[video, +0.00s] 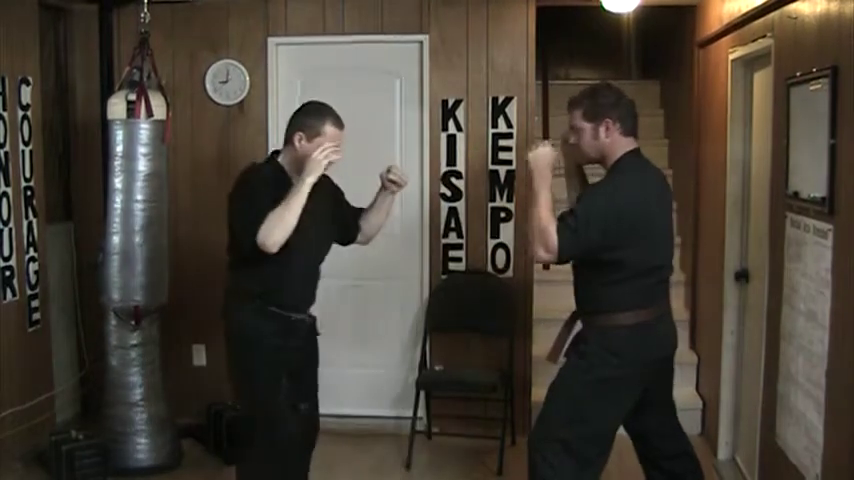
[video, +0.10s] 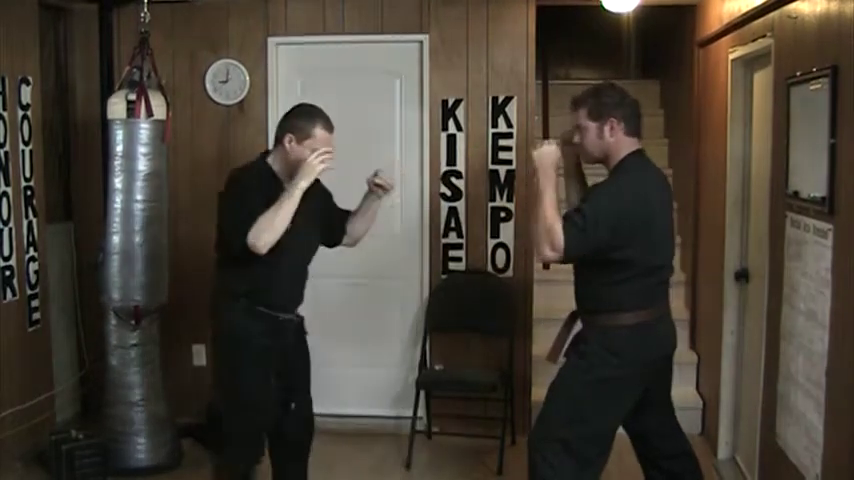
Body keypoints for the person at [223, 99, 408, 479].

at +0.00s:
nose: (332, 156)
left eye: (336, 148)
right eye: (327, 146)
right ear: (299, 140)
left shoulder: (321, 188)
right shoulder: (255, 180)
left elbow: (361, 232)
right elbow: (269, 240)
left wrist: (386, 193)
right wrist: (306, 179)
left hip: (299, 326)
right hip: (255, 325)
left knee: (302, 429)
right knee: (269, 430)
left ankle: (292, 477)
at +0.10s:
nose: (322, 159)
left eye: (325, 152)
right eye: (316, 149)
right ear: (289, 143)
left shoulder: (309, 189)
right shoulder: (246, 181)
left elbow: (347, 234)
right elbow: (259, 241)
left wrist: (373, 198)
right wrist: (300, 182)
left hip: (288, 328)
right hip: (243, 328)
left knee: (295, 433)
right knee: (243, 437)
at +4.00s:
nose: (304, 165)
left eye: (308, 156)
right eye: (301, 154)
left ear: (279, 152)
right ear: (273, 149)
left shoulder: (282, 196)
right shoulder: (231, 192)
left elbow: (318, 241)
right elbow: (267, 247)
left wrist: (341, 201)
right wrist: (290, 182)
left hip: (274, 336)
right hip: (228, 336)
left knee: (297, 430)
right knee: (214, 433)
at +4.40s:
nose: (359, 164)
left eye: (361, 155)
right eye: (352, 155)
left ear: (331, 151)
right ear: (323, 149)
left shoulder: (342, 195)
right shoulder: (281, 195)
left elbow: (371, 247)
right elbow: (304, 250)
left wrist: (395, 210)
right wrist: (328, 183)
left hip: (340, 335)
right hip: (292, 336)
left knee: (379, 419)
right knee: (310, 437)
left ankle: (347, 478)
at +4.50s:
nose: (379, 163)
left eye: (380, 154)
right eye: (373, 153)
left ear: (351, 150)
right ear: (344, 149)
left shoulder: (361, 196)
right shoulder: (299, 195)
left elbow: (390, 247)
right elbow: (320, 252)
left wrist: (416, 216)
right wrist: (350, 187)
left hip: (358, 336)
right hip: (309, 337)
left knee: (399, 429)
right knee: (316, 445)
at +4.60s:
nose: (403, 166)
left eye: (405, 157)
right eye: (397, 156)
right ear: (367, 150)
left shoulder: (391, 200)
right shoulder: (322, 195)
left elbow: (420, 242)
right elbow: (335, 252)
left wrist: (465, 233)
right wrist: (367, 188)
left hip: (374, 340)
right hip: (323, 338)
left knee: (419, 444)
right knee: (323, 447)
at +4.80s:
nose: (441, 171)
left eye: (444, 162)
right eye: (434, 161)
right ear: (406, 154)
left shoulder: (436, 207)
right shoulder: (358, 196)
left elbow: (487, 254)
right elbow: (352, 258)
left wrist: (536, 283)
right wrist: (399, 199)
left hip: (408, 344)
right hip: (352, 340)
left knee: (442, 443)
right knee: (342, 442)